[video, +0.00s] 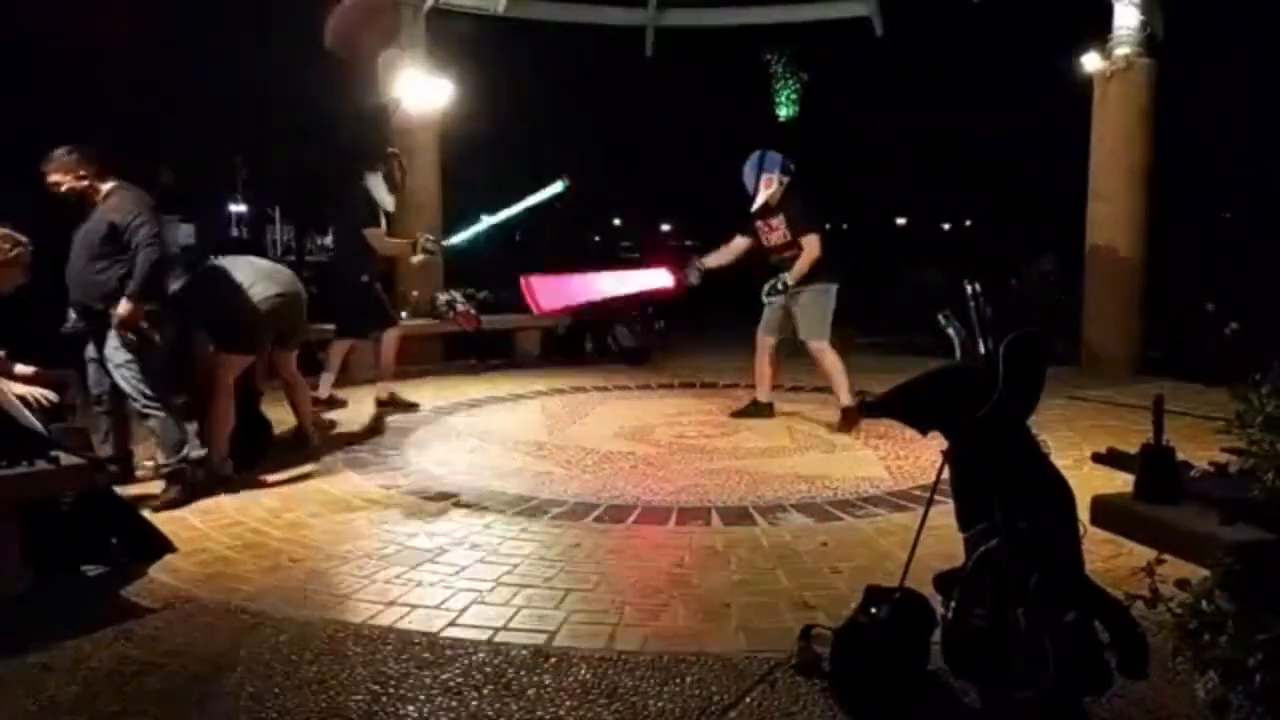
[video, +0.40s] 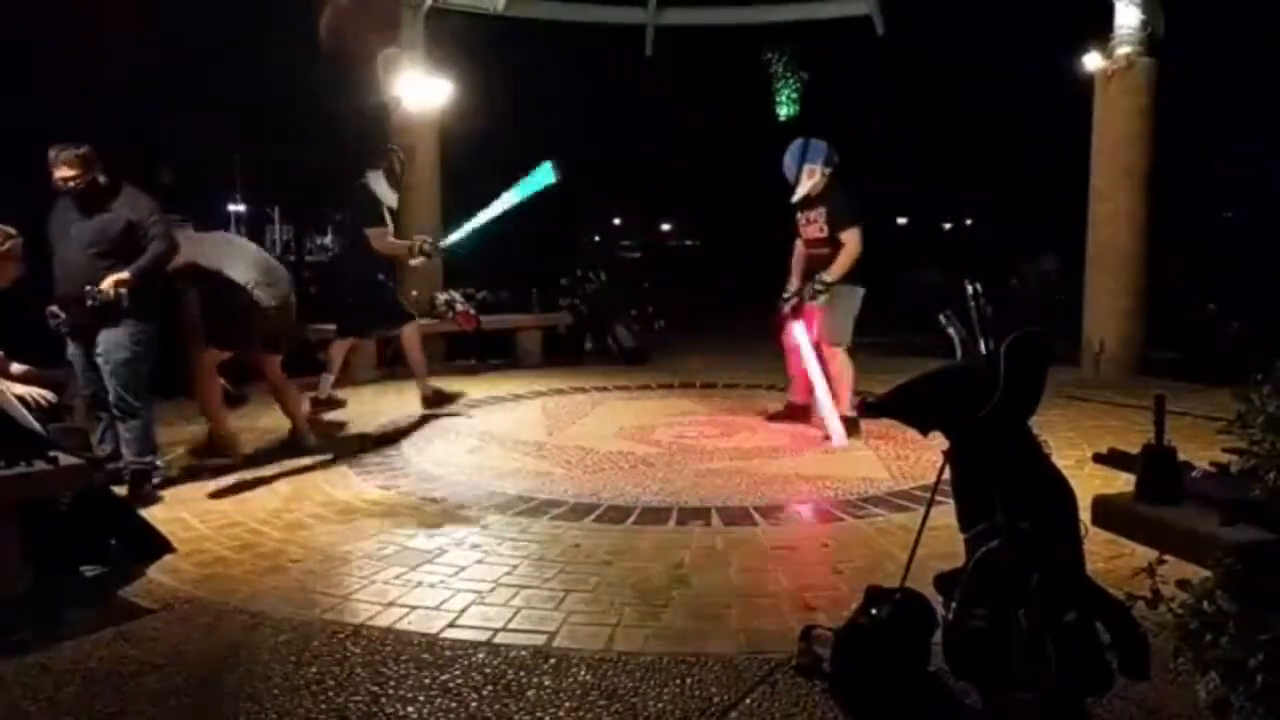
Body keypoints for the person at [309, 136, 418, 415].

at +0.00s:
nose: (392, 177)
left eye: (393, 171)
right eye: (388, 171)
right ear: (375, 170)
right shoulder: (361, 197)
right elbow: (378, 243)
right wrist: (415, 246)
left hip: (347, 272)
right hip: (358, 274)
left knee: (346, 332)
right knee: (391, 327)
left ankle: (323, 391)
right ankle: (384, 391)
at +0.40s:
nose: (401, 172)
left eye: (401, 166)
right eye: (398, 165)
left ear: (377, 167)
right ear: (386, 166)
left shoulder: (379, 193)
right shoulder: (367, 194)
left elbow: (380, 240)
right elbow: (379, 242)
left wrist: (409, 248)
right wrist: (414, 247)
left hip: (355, 276)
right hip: (366, 278)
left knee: (345, 334)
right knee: (408, 324)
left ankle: (323, 392)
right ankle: (426, 390)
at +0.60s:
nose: (419, 181)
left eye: (418, 175)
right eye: (415, 174)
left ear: (393, 175)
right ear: (403, 175)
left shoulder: (380, 202)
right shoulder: (388, 204)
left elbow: (403, 248)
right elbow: (405, 251)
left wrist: (439, 247)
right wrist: (443, 252)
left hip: (374, 284)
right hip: (388, 288)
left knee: (362, 336)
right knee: (431, 323)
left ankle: (326, 391)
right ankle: (437, 396)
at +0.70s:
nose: (433, 179)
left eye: (430, 173)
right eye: (430, 173)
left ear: (406, 172)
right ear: (421, 173)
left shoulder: (395, 198)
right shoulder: (406, 199)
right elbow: (430, 249)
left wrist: (462, 244)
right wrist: (466, 244)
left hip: (386, 281)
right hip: (403, 283)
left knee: (374, 334)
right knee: (438, 328)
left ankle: (336, 387)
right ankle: (438, 396)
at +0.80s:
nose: (442, 164)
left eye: (440, 158)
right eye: (438, 158)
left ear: (414, 162)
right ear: (427, 162)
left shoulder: (408, 190)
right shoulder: (412, 193)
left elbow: (433, 238)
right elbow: (436, 243)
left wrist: (473, 240)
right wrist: (476, 241)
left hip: (390, 277)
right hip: (403, 279)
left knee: (381, 329)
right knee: (438, 326)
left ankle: (343, 385)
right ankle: (438, 396)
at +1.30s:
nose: (450, 172)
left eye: (449, 165)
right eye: (446, 165)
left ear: (420, 165)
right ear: (435, 166)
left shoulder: (410, 192)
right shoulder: (422, 196)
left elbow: (432, 243)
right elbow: (436, 244)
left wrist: (462, 262)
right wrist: (466, 263)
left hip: (404, 275)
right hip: (418, 276)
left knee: (411, 331)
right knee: (441, 329)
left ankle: (393, 390)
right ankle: (438, 396)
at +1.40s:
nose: (448, 173)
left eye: (447, 166)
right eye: (444, 166)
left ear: (420, 166)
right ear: (431, 167)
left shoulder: (411, 192)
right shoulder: (419, 196)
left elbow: (433, 235)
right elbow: (427, 242)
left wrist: (447, 260)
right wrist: (457, 266)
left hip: (405, 274)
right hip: (417, 276)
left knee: (408, 330)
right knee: (444, 330)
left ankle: (392, 390)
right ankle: (438, 395)